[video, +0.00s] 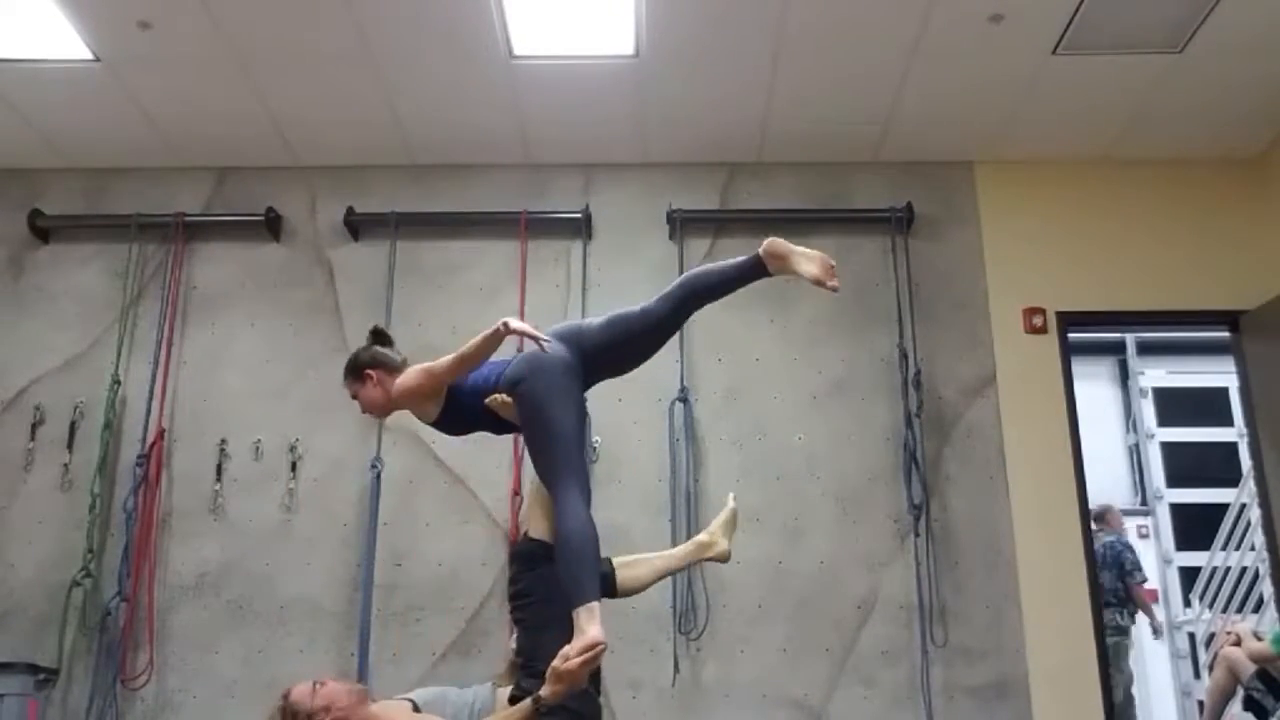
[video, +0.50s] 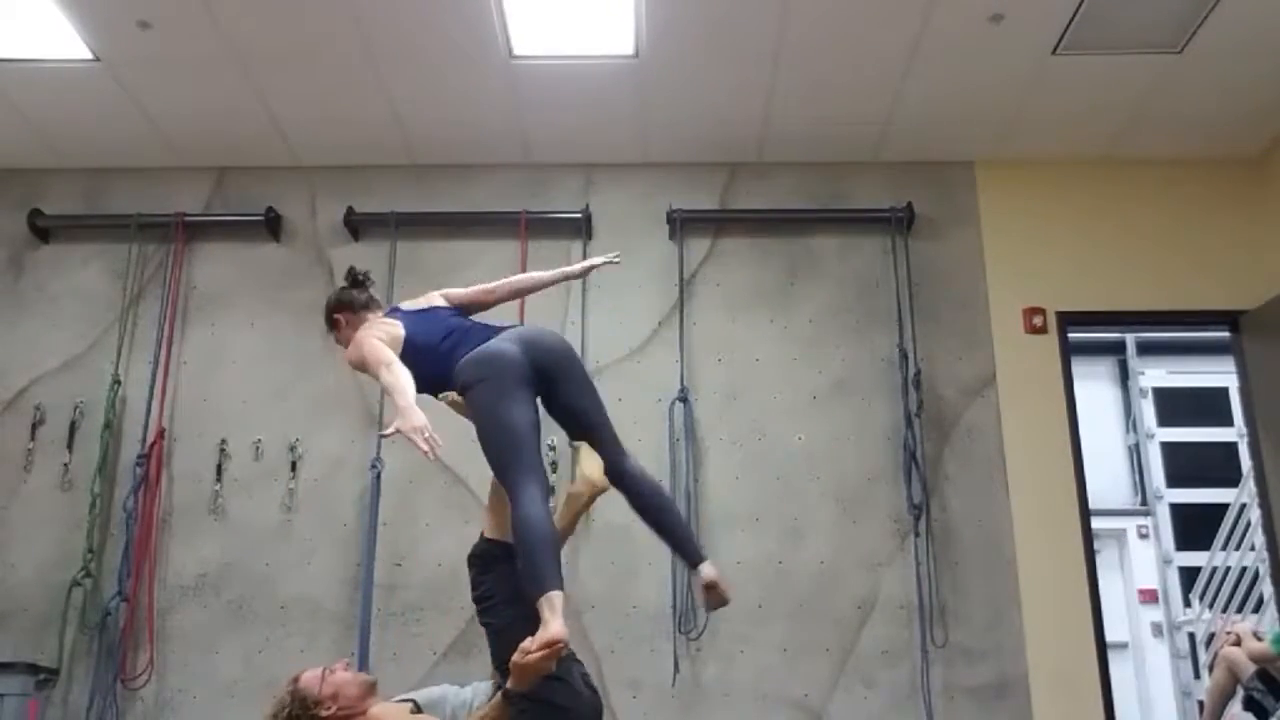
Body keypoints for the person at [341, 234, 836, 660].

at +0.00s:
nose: (362, 407)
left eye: (358, 397)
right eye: (358, 400)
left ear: (374, 378)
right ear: (378, 378)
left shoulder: (410, 387)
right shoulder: (430, 390)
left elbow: (455, 365)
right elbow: (482, 386)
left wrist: (497, 332)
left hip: (538, 380)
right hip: (559, 350)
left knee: (568, 500)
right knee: (663, 312)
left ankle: (587, 627)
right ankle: (768, 257)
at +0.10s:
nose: (367, 407)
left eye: (364, 396)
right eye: (363, 400)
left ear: (381, 381)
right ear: (387, 381)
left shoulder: (409, 394)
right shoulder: (433, 394)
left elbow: (451, 369)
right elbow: (495, 399)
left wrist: (493, 336)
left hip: (536, 381)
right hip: (556, 350)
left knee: (568, 498)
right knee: (662, 306)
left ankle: (584, 626)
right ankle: (759, 248)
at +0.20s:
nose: (367, 406)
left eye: (365, 396)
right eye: (364, 400)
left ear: (381, 381)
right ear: (388, 379)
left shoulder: (407, 396)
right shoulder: (431, 391)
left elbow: (445, 372)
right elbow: (486, 391)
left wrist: (487, 337)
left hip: (530, 380)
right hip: (554, 349)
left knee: (564, 495)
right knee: (656, 305)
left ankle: (583, 623)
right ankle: (748, 247)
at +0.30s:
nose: (368, 411)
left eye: (364, 401)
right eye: (363, 404)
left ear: (373, 383)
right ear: (385, 367)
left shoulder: (395, 393)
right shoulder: (441, 358)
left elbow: (431, 379)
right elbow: (512, 334)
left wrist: (467, 393)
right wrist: (582, 304)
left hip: (511, 374)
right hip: (545, 344)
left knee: (549, 495)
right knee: (657, 344)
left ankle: (574, 624)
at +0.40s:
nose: (363, 399)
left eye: (355, 391)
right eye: (358, 393)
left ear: (361, 371)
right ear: (378, 351)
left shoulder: (386, 379)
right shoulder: (432, 340)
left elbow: (406, 404)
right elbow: (503, 310)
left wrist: (412, 427)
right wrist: (570, 269)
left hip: (500, 369)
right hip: (542, 338)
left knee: (537, 490)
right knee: (652, 389)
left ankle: (561, 618)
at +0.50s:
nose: (345, 349)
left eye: (338, 340)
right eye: (340, 342)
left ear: (345, 322)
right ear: (372, 305)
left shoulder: (366, 342)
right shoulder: (422, 302)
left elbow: (392, 370)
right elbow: (500, 289)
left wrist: (407, 408)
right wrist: (569, 272)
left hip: (489, 365)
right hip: (539, 339)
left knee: (527, 492)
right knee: (619, 464)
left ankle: (553, 621)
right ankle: (701, 566)